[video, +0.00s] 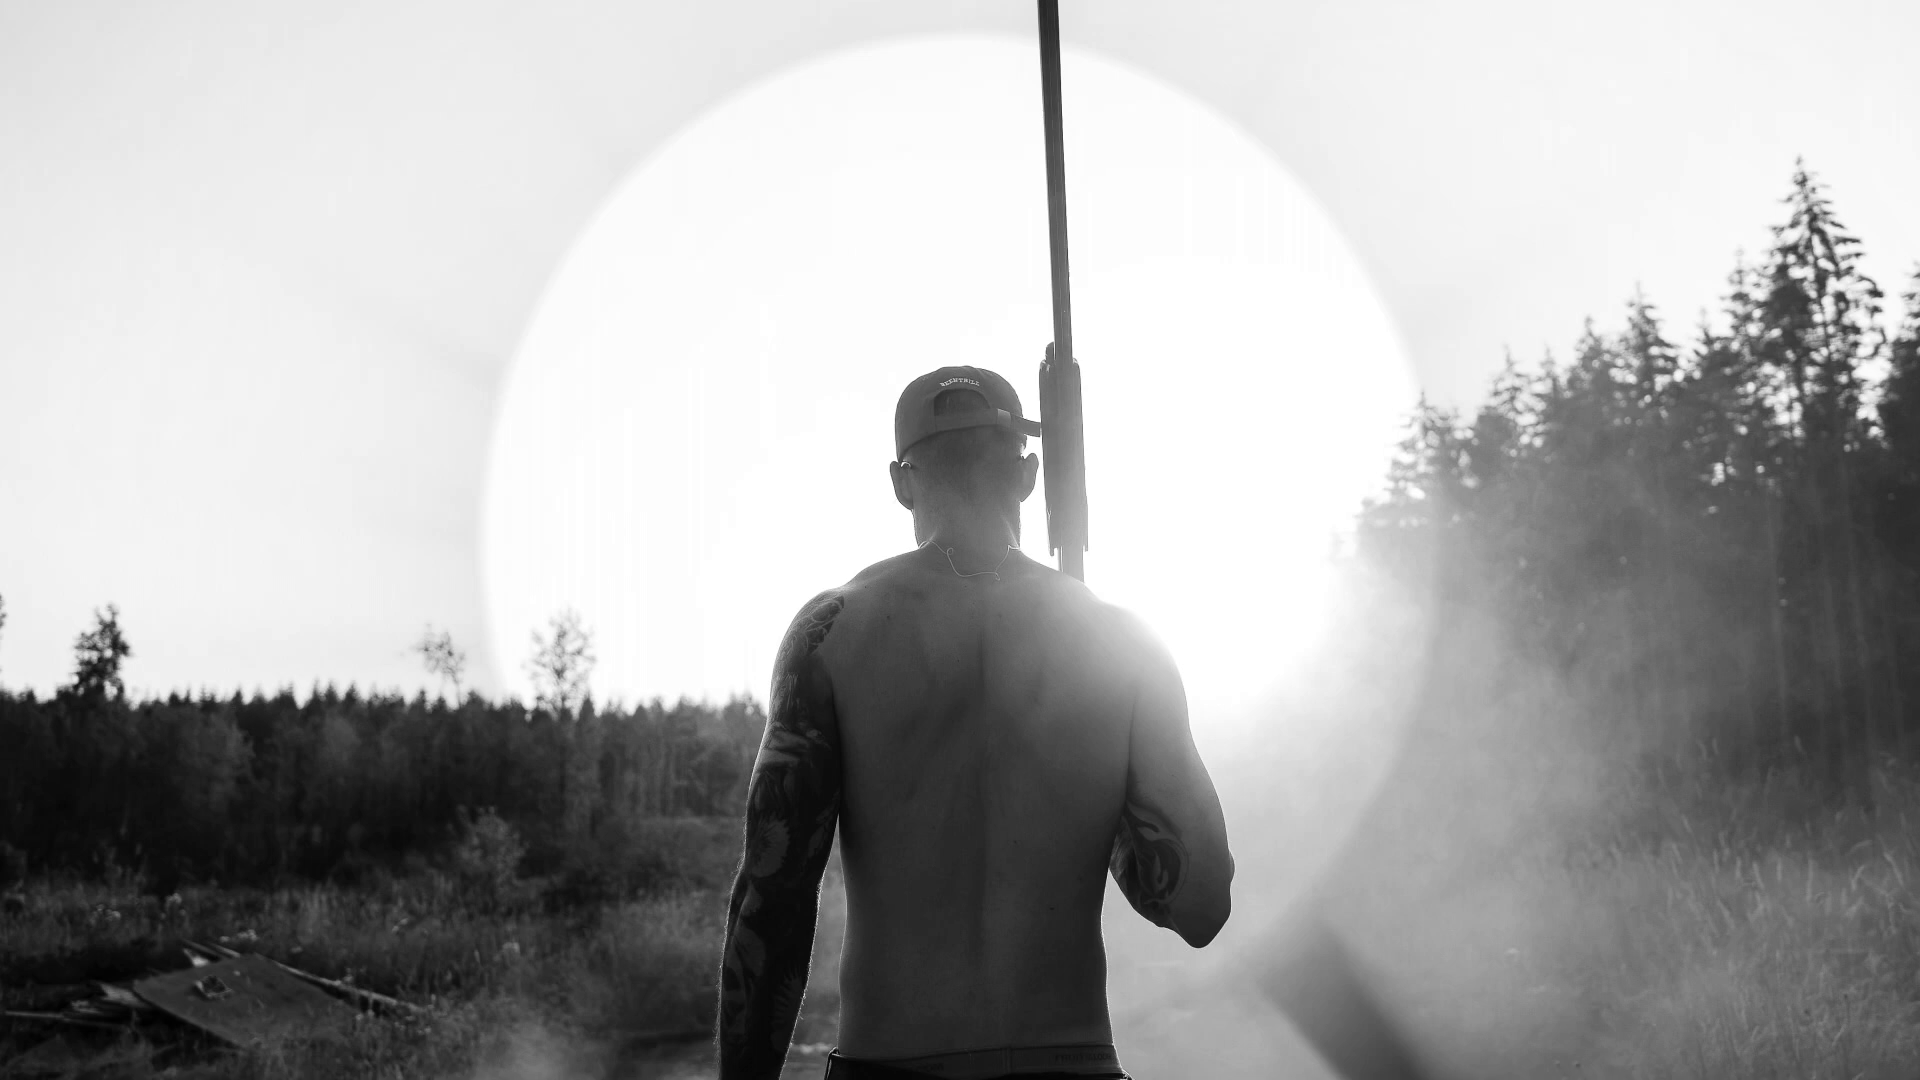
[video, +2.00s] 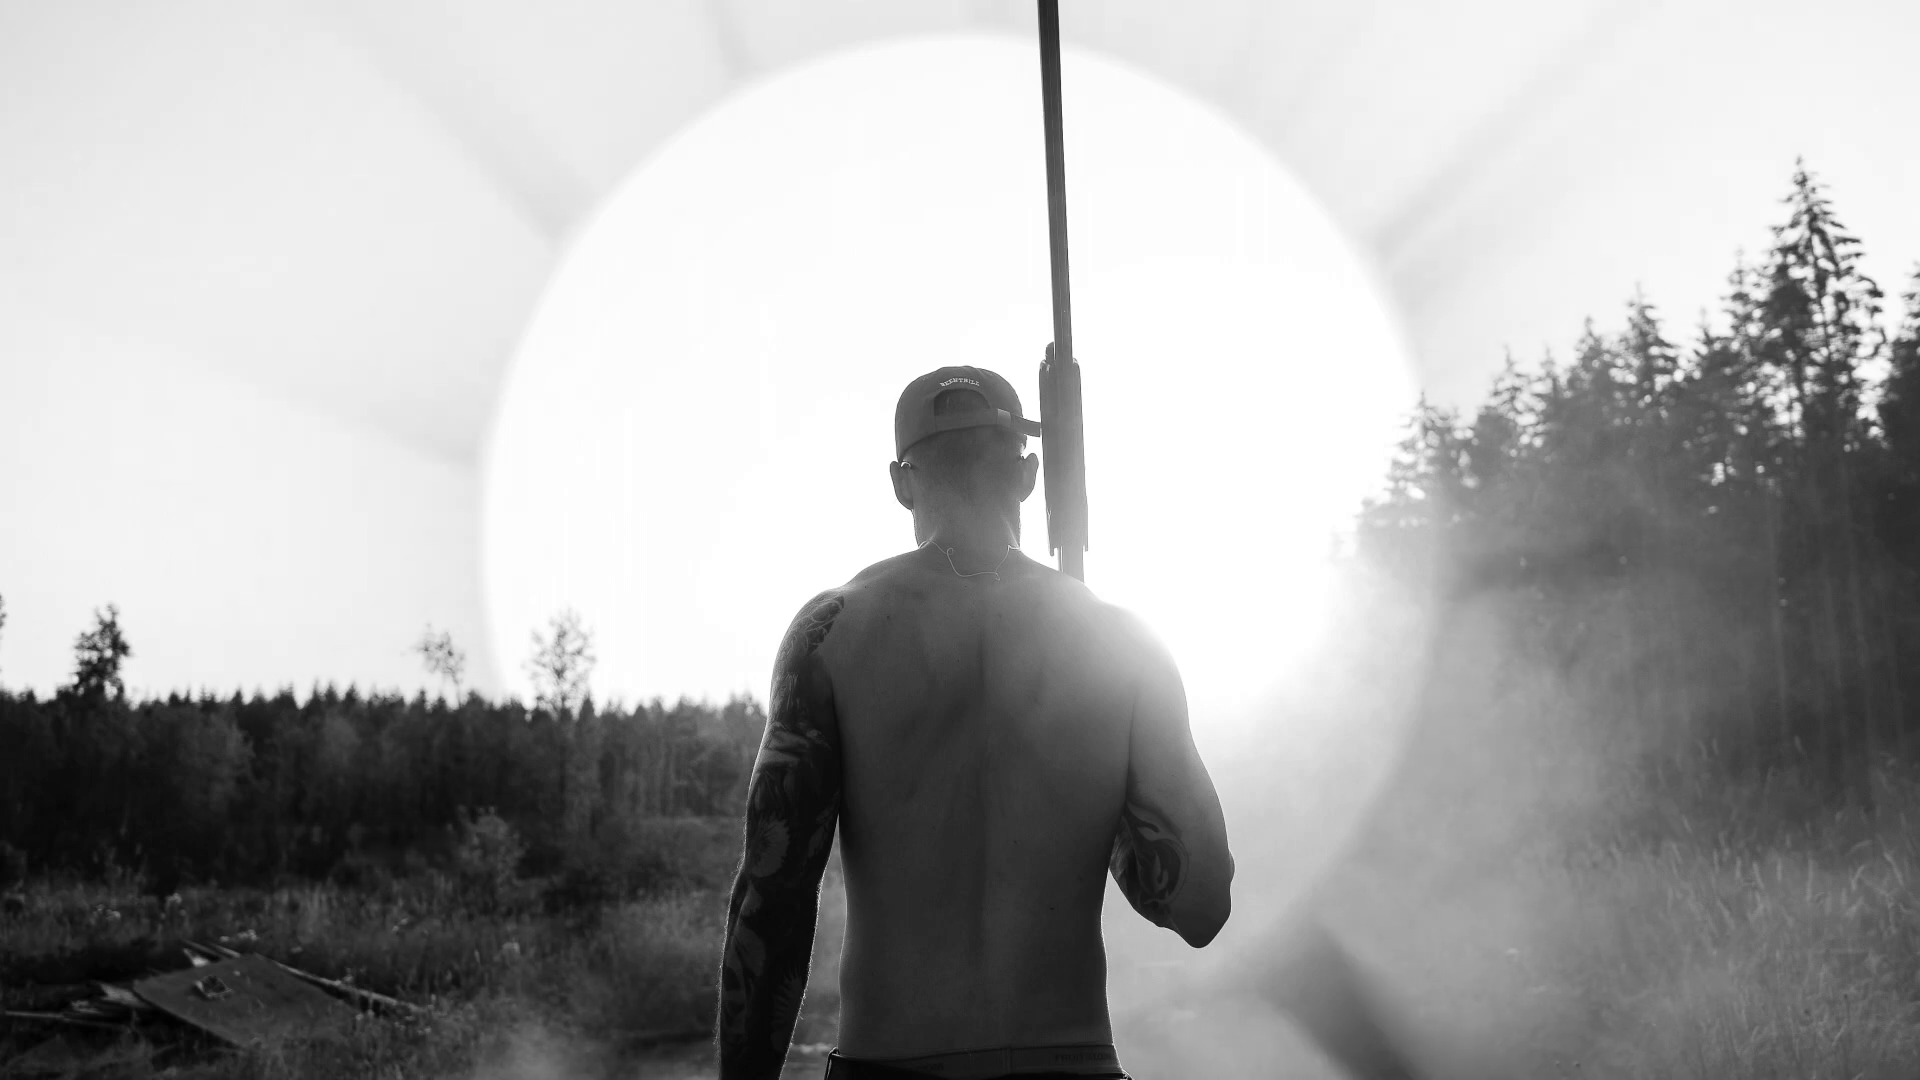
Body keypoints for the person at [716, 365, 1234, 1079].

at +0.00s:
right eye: (1018, 452)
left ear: (902, 484)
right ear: (1028, 476)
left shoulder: (832, 630)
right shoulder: (1122, 641)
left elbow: (773, 886)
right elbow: (1201, 904)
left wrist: (748, 1063)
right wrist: (1100, 803)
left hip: (886, 1045)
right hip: (1066, 1045)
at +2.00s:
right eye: (1017, 450)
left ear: (903, 486)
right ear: (1027, 476)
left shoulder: (832, 630)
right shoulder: (1121, 641)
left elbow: (773, 884)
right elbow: (1201, 904)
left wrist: (747, 1063)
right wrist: (1102, 803)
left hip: (887, 1045)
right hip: (1068, 1045)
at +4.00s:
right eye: (1017, 450)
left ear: (903, 486)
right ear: (1027, 476)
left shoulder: (832, 630)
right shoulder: (1121, 641)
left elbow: (773, 884)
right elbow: (1201, 904)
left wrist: (747, 1063)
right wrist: (1102, 803)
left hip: (887, 1045)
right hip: (1067, 1045)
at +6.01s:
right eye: (1015, 448)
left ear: (903, 486)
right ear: (1028, 477)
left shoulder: (831, 630)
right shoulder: (1121, 641)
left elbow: (773, 886)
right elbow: (1201, 905)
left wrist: (747, 1063)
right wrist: (1101, 800)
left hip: (886, 1046)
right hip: (1068, 1046)